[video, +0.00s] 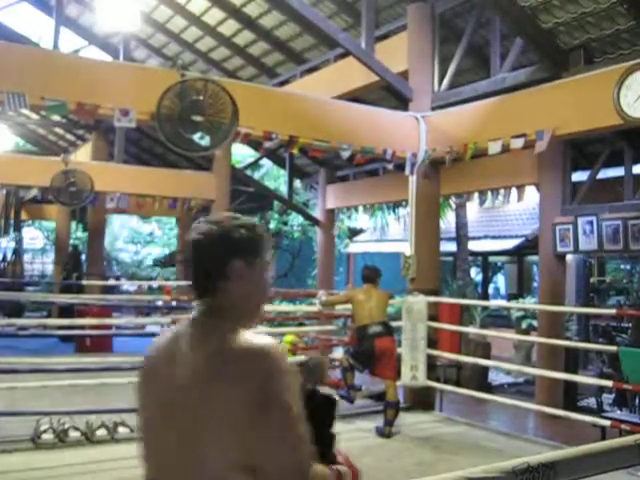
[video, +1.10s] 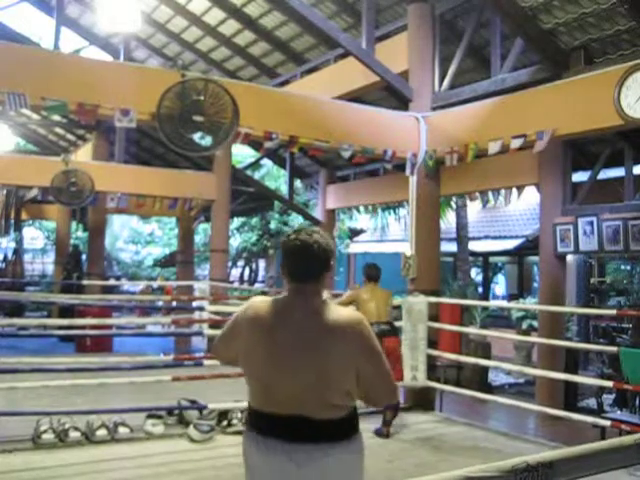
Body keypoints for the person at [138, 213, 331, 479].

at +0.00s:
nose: (269, 285)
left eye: (267, 271)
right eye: (264, 270)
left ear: (201, 275)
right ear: (238, 272)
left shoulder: (158, 355)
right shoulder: (262, 358)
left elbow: (158, 460)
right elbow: (290, 468)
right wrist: (335, 473)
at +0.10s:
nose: (295, 277)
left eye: (295, 264)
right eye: (293, 263)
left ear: (230, 267)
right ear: (271, 265)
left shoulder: (186, 343)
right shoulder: (297, 349)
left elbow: (191, 442)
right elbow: (329, 467)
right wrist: (364, 460)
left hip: (194, 472)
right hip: (275, 474)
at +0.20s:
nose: (316, 270)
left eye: (316, 260)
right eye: (315, 259)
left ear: (253, 260)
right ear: (304, 259)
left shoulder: (211, 338)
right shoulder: (330, 339)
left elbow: (211, 428)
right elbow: (369, 461)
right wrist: (383, 443)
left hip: (224, 469)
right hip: (310, 470)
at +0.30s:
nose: (334, 269)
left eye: (333, 259)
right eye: (333, 258)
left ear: (270, 260)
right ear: (324, 257)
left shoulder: (228, 333)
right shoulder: (352, 335)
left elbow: (209, 409)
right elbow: (390, 447)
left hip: (240, 467)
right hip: (327, 469)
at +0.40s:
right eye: (342, 259)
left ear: (283, 262)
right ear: (335, 261)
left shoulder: (243, 333)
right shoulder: (367, 335)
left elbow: (206, 405)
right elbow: (405, 441)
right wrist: (354, 436)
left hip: (255, 466)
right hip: (340, 467)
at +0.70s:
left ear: (282, 272)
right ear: (332, 271)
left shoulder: (251, 336)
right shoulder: (366, 335)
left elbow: (217, 389)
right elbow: (398, 423)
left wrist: (265, 377)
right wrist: (350, 402)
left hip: (268, 468)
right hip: (349, 469)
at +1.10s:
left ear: (283, 270)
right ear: (330, 269)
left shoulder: (255, 313)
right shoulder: (350, 324)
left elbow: (222, 351)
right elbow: (385, 396)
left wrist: (267, 354)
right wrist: (340, 374)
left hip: (265, 449)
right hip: (335, 451)